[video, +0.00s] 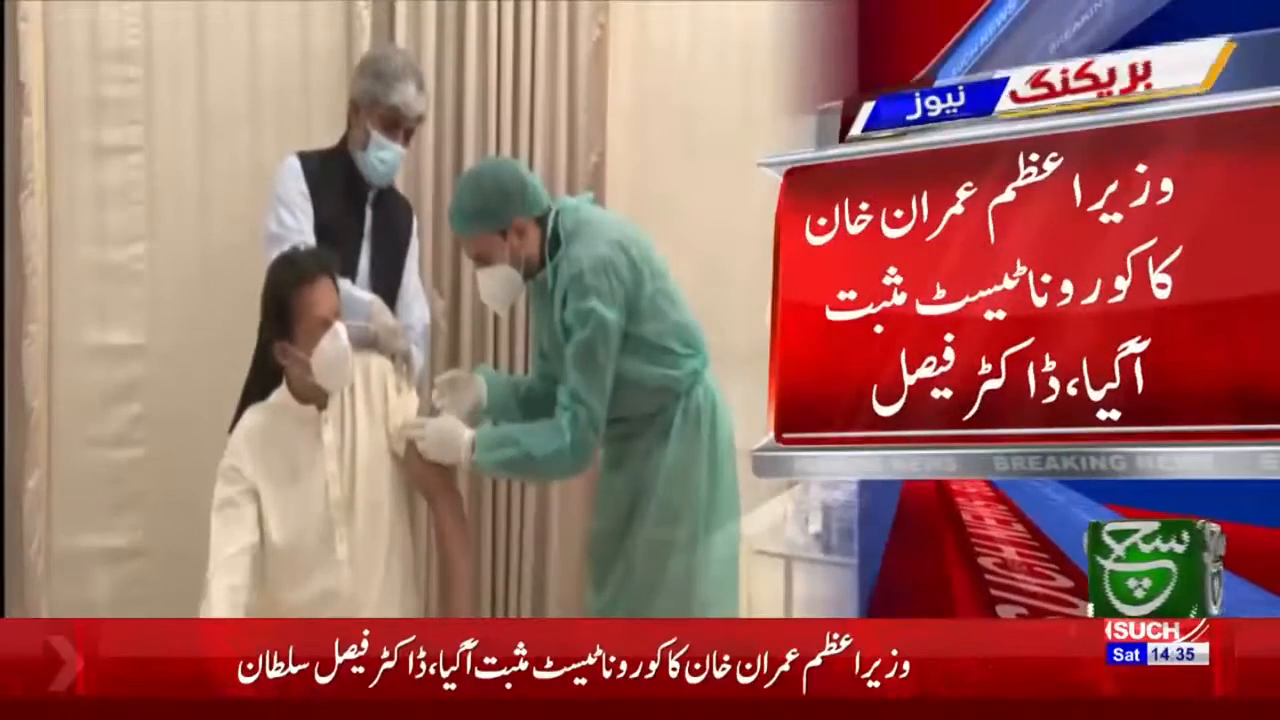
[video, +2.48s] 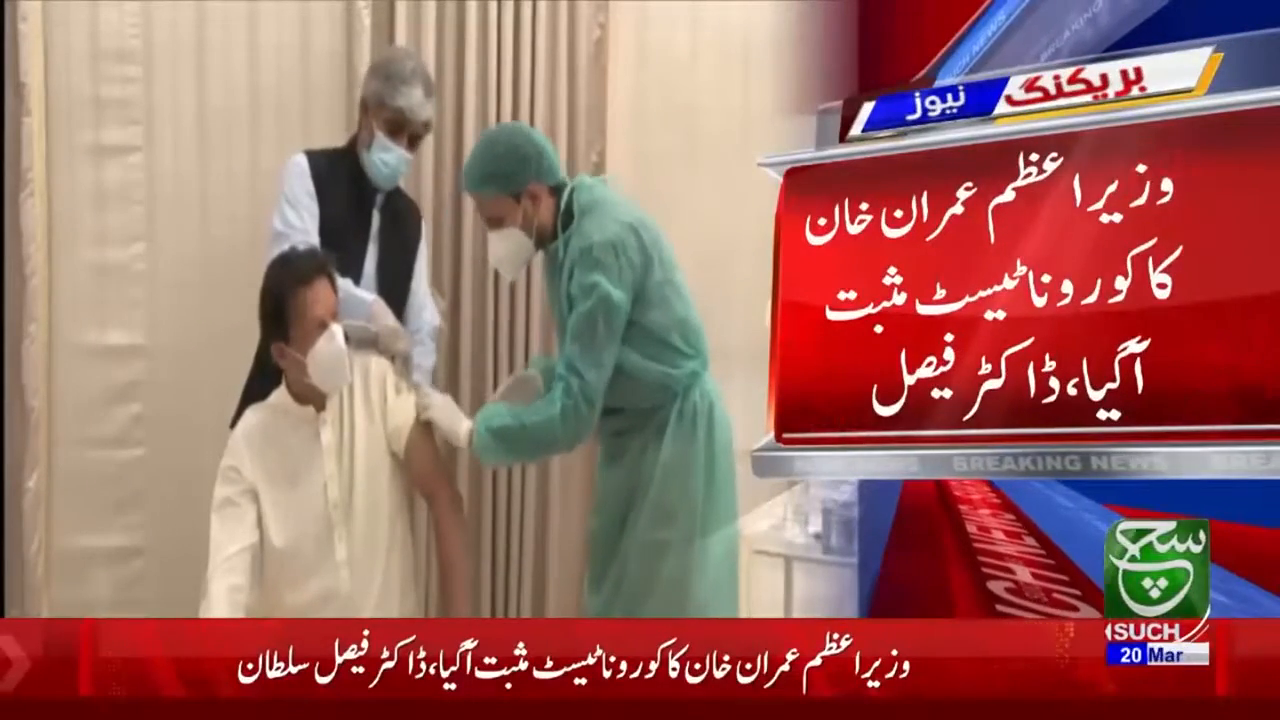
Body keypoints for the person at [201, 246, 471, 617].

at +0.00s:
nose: (340, 337)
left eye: (340, 321)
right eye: (322, 328)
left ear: (349, 320)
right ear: (284, 351)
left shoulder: (378, 382)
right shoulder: (254, 435)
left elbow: (444, 496)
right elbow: (229, 569)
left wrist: (460, 615)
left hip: (387, 615)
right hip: (292, 626)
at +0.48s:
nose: (339, 336)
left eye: (340, 320)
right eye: (322, 328)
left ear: (349, 319)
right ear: (284, 349)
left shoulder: (376, 381)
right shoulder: (253, 436)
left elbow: (444, 497)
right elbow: (229, 571)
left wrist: (460, 615)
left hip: (390, 619)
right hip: (294, 633)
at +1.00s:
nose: (339, 337)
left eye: (339, 320)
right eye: (322, 329)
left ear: (350, 320)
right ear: (283, 351)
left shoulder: (376, 381)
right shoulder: (254, 435)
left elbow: (444, 496)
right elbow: (230, 570)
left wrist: (460, 614)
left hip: (389, 619)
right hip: (293, 633)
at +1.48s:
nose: (335, 340)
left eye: (341, 323)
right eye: (318, 328)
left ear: (355, 327)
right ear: (281, 347)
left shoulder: (385, 406)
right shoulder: (255, 433)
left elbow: (445, 499)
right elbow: (231, 563)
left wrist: (460, 614)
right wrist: (218, 641)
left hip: (390, 621)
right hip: (292, 630)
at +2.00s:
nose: (336, 338)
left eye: (337, 322)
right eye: (319, 330)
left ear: (347, 320)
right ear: (281, 350)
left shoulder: (375, 381)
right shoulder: (253, 435)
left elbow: (442, 495)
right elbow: (229, 569)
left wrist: (459, 615)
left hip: (389, 618)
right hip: (293, 632)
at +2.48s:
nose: (336, 338)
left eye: (338, 322)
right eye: (319, 329)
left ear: (347, 320)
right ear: (281, 349)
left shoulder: (375, 381)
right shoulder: (253, 436)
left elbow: (442, 495)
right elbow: (230, 567)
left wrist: (459, 615)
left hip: (388, 618)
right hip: (292, 630)